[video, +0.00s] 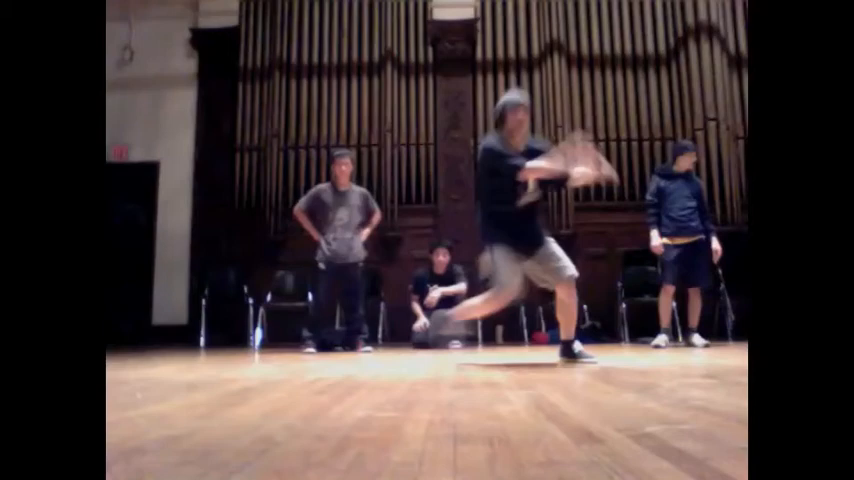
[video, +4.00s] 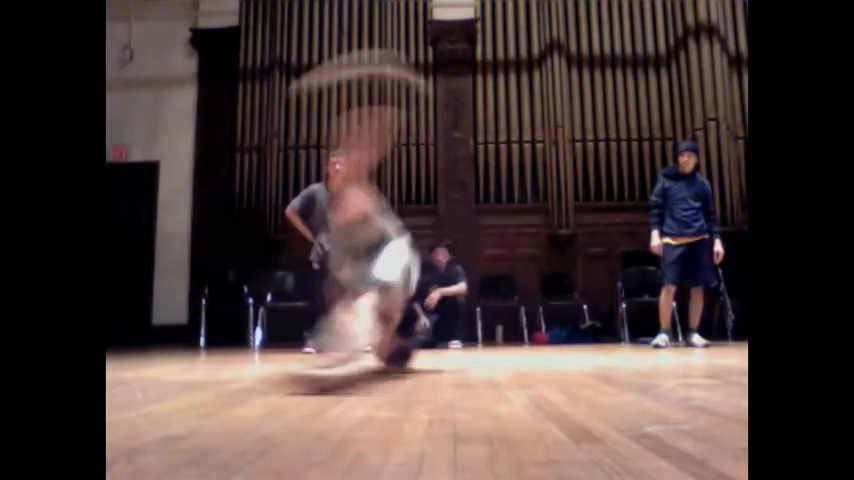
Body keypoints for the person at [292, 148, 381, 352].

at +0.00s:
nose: (342, 169)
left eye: (346, 165)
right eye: (339, 165)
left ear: (352, 169)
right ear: (332, 168)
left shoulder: (361, 194)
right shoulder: (321, 191)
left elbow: (377, 213)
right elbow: (298, 210)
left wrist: (365, 233)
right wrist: (316, 236)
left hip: (353, 250)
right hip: (328, 250)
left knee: (354, 301)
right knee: (323, 301)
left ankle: (355, 339)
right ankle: (319, 340)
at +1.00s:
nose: (335, 168)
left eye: (339, 163)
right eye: (332, 163)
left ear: (344, 168)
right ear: (326, 167)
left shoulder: (351, 193)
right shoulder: (314, 191)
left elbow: (372, 213)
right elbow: (290, 210)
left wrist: (356, 234)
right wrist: (308, 234)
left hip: (345, 251)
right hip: (321, 251)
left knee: (350, 301)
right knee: (321, 301)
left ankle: (351, 342)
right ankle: (320, 341)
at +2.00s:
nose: (333, 171)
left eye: (337, 167)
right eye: (330, 166)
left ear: (342, 171)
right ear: (324, 170)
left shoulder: (351, 194)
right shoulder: (313, 192)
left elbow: (367, 216)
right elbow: (289, 212)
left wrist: (354, 237)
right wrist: (309, 235)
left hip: (346, 256)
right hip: (321, 255)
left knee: (349, 300)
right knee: (320, 300)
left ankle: (348, 338)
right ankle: (318, 337)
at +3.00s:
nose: (336, 167)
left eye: (340, 164)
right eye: (333, 163)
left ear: (345, 168)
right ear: (326, 167)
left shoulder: (354, 194)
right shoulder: (314, 192)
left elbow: (373, 215)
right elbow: (290, 211)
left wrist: (358, 234)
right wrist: (309, 237)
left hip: (347, 252)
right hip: (320, 250)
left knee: (349, 297)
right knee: (318, 294)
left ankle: (358, 338)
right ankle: (312, 339)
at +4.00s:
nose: (337, 169)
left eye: (341, 165)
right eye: (334, 165)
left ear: (347, 169)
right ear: (327, 168)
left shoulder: (351, 195)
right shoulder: (316, 191)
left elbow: (373, 220)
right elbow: (291, 211)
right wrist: (312, 238)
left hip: (345, 251)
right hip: (324, 250)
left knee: (339, 293)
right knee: (318, 294)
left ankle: (338, 337)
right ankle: (313, 337)